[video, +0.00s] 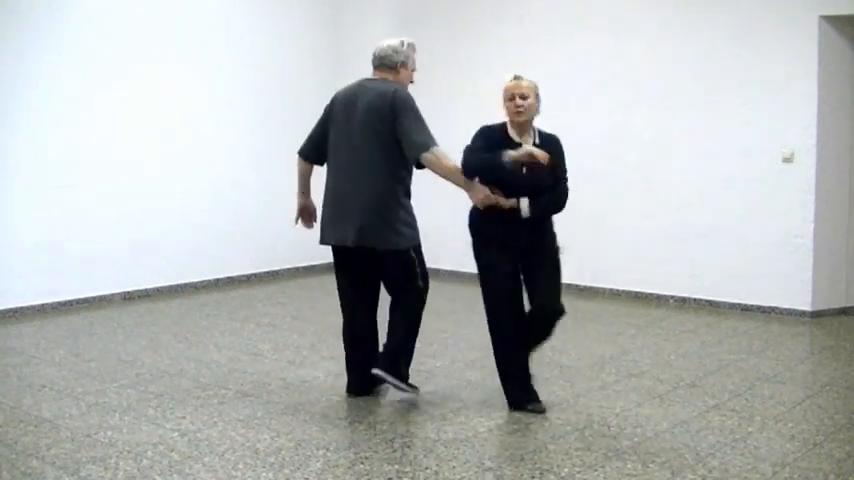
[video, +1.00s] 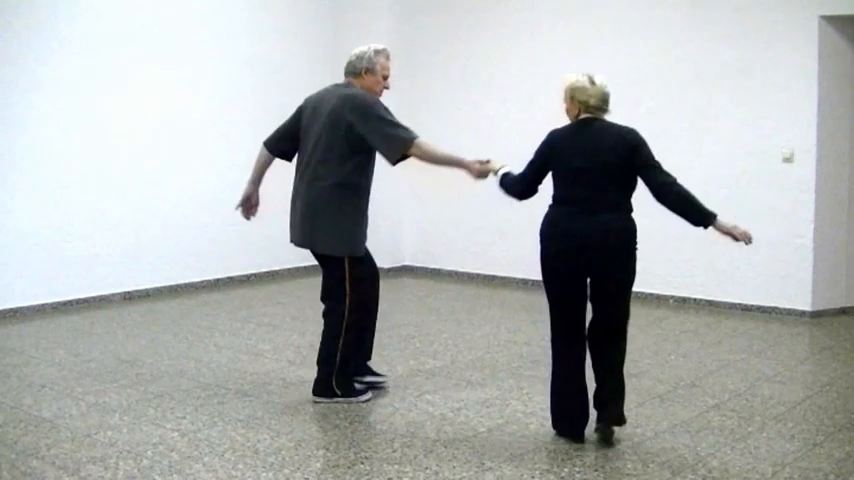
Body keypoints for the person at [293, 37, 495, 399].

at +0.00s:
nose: (413, 78)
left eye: (413, 71)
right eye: (412, 70)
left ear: (377, 66)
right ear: (402, 68)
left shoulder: (342, 98)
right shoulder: (398, 98)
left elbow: (306, 155)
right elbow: (427, 154)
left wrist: (303, 197)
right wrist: (471, 186)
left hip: (341, 221)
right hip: (387, 221)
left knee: (356, 305)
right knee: (412, 289)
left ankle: (360, 383)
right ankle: (394, 365)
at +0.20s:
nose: (410, 77)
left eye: (410, 70)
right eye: (408, 69)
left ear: (375, 66)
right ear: (393, 66)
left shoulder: (340, 98)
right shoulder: (388, 97)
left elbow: (307, 157)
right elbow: (414, 152)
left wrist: (315, 195)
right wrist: (463, 179)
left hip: (337, 221)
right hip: (380, 221)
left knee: (355, 305)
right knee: (399, 296)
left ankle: (358, 381)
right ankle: (388, 371)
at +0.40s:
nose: (406, 77)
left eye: (406, 70)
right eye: (403, 69)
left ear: (373, 67)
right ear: (386, 66)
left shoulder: (339, 96)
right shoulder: (375, 95)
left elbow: (318, 156)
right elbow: (399, 144)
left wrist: (363, 170)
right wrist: (452, 164)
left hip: (331, 219)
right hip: (372, 220)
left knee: (351, 300)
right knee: (397, 289)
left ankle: (358, 380)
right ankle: (390, 368)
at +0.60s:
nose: (399, 77)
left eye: (400, 70)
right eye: (396, 69)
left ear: (368, 67)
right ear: (377, 67)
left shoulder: (339, 94)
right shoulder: (362, 93)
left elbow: (316, 151)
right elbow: (380, 136)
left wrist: (358, 167)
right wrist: (429, 154)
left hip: (328, 219)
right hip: (359, 220)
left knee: (345, 297)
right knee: (384, 292)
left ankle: (356, 373)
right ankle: (362, 376)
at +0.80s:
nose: (394, 84)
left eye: (395, 76)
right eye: (391, 75)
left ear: (364, 73)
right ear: (369, 72)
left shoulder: (331, 99)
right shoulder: (361, 101)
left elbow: (293, 152)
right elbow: (378, 153)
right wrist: (423, 184)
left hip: (318, 222)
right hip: (346, 225)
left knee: (340, 302)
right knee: (356, 301)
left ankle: (353, 375)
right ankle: (332, 383)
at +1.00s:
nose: (387, 85)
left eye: (388, 78)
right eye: (384, 76)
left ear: (353, 74)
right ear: (363, 72)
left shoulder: (317, 101)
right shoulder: (361, 103)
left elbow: (271, 146)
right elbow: (410, 146)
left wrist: (252, 188)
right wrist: (465, 164)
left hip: (312, 223)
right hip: (336, 225)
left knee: (366, 279)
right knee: (347, 296)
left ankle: (354, 366)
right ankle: (331, 383)